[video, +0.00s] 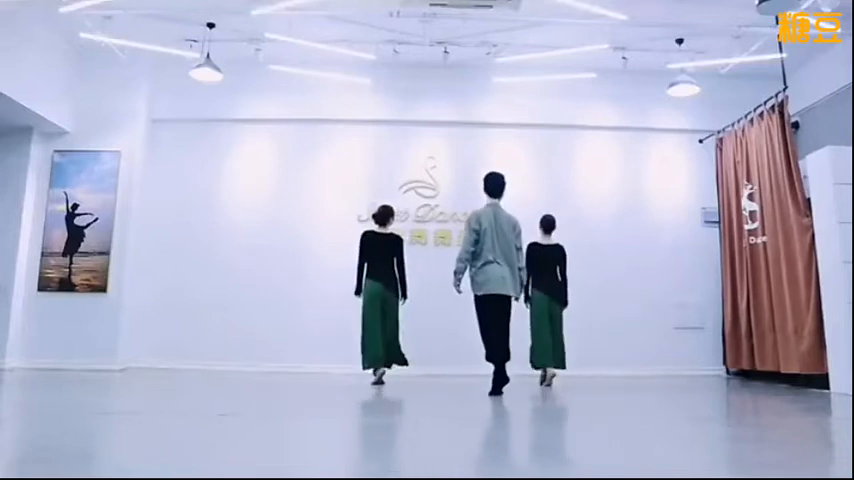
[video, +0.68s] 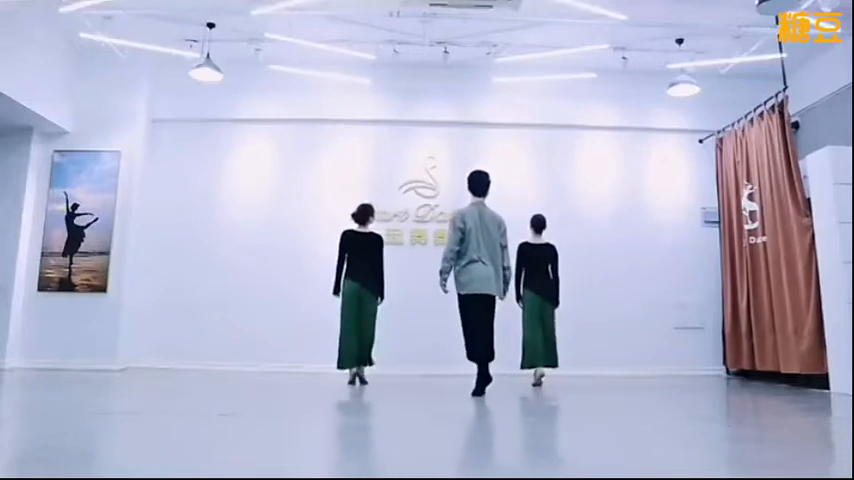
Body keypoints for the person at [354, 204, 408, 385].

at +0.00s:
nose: (392, 220)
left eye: (390, 217)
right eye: (392, 218)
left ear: (375, 218)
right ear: (391, 220)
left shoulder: (366, 236)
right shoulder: (396, 239)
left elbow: (361, 263)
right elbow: (400, 266)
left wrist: (358, 286)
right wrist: (404, 289)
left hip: (372, 286)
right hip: (390, 287)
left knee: (373, 326)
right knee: (388, 325)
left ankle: (377, 366)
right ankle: (383, 364)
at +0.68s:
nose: (372, 219)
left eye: (370, 216)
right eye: (371, 216)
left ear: (355, 216)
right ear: (370, 218)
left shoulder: (347, 235)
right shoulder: (377, 239)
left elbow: (341, 261)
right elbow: (380, 267)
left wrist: (337, 284)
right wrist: (381, 290)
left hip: (351, 284)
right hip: (370, 287)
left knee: (350, 326)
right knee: (366, 326)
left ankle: (352, 368)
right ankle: (361, 367)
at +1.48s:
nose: (347, 220)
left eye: (345, 217)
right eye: (346, 217)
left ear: (330, 217)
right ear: (345, 219)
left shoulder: (321, 235)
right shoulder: (351, 239)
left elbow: (315, 262)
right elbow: (357, 266)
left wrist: (311, 284)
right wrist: (360, 288)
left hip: (326, 285)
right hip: (345, 287)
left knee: (327, 327)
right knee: (344, 327)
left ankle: (332, 369)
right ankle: (341, 369)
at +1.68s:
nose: (341, 223)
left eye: (339, 220)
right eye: (340, 221)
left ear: (324, 221)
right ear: (339, 222)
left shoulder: (315, 239)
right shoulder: (345, 241)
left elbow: (309, 266)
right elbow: (355, 267)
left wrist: (305, 289)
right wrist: (359, 288)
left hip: (319, 289)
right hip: (339, 289)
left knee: (319, 328)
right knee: (339, 330)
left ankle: (321, 367)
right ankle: (340, 370)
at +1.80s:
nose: (332, 221)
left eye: (330, 218)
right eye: (332, 218)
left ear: (315, 218)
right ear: (330, 220)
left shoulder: (306, 237)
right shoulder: (336, 239)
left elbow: (298, 263)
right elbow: (351, 260)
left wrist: (292, 286)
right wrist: (362, 280)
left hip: (310, 288)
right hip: (331, 288)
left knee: (306, 327)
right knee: (335, 328)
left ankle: (297, 366)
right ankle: (339, 369)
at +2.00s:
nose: (312, 223)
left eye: (308, 219)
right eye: (314, 220)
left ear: (300, 220)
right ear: (315, 221)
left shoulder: (289, 238)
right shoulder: (319, 240)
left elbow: (279, 264)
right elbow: (340, 260)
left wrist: (268, 287)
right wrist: (361, 269)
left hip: (291, 289)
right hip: (311, 290)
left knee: (289, 329)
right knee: (315, 329)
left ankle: (285, 369)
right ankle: (318, 369)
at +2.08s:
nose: (308, 227)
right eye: (310, 224)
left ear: (295, 223)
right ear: (311, 225)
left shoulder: (285, 242)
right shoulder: (315, 243)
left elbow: (276, 269)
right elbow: (332, 265)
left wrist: (265, 291)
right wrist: (351, 277)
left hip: (287, 292)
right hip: (307, 294)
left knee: (284, 331)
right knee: (306, 332)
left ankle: (284, 370)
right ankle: (301, 370)